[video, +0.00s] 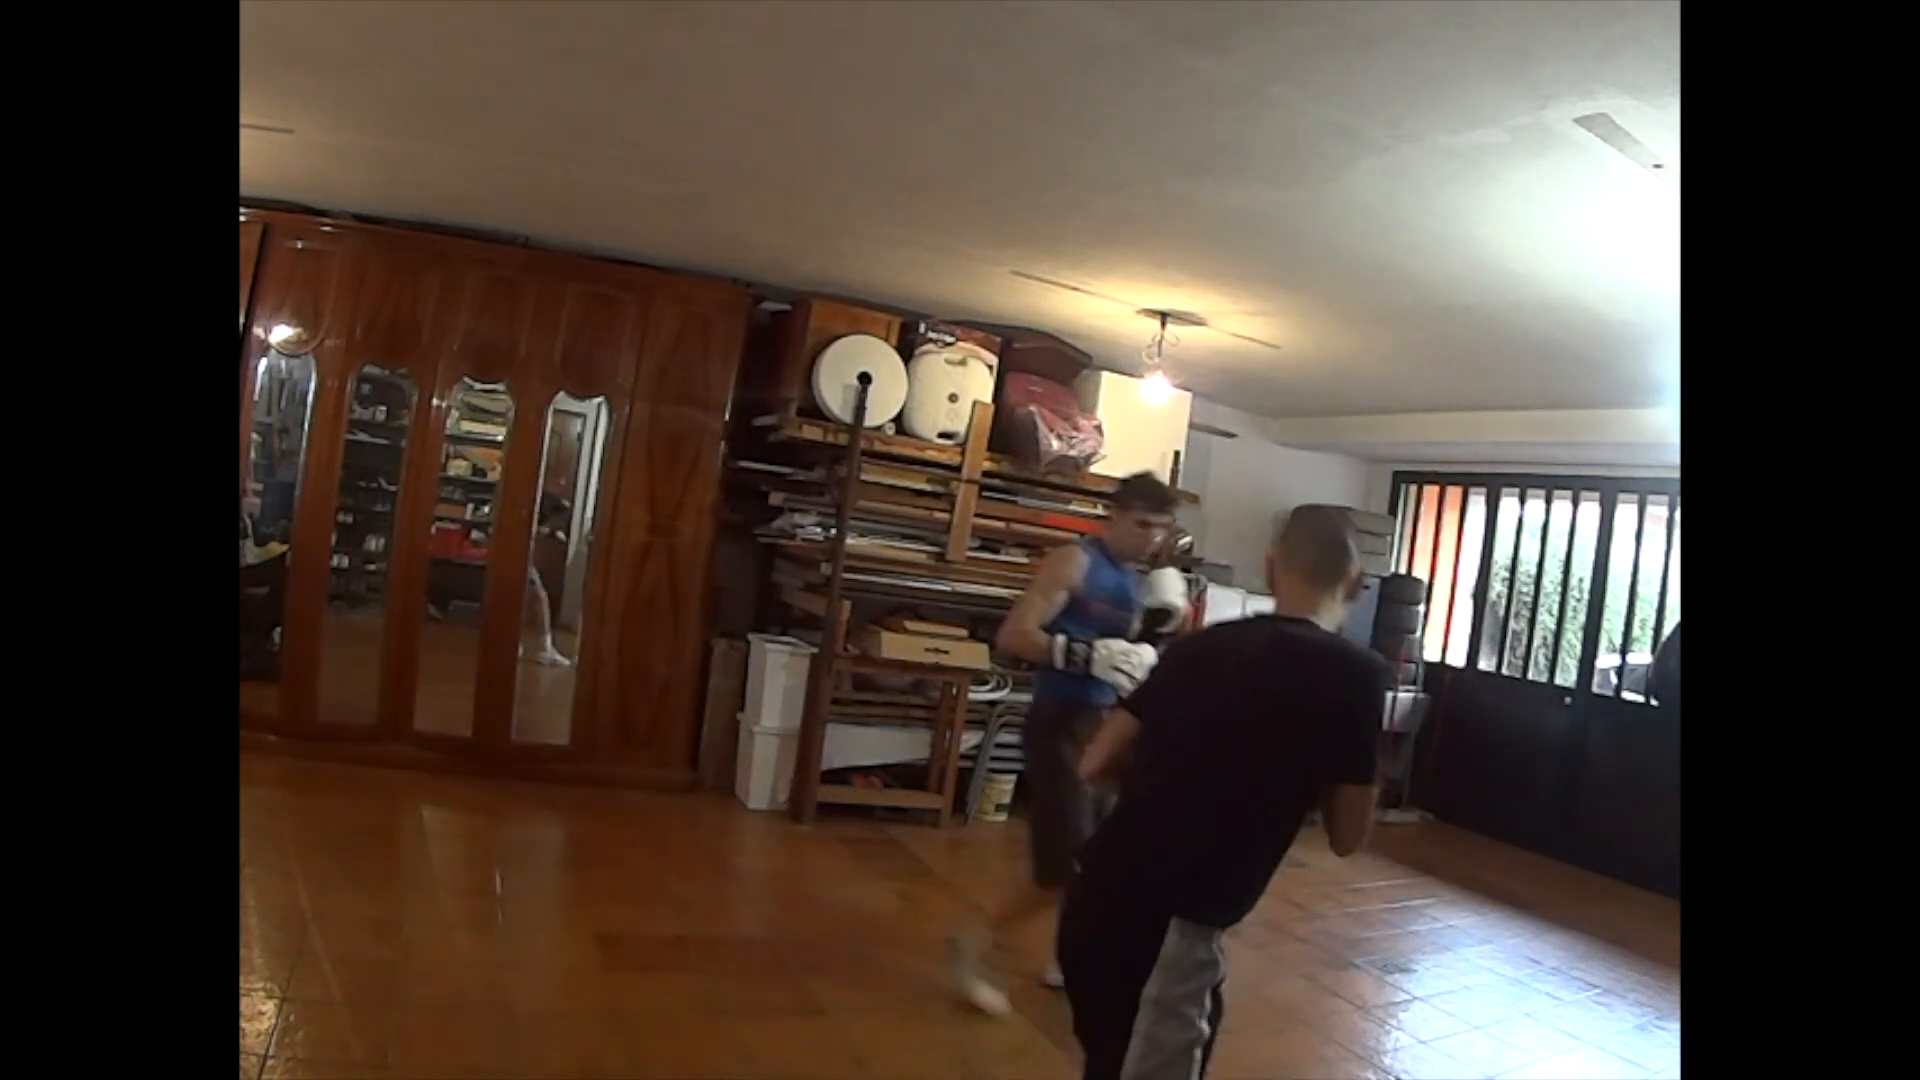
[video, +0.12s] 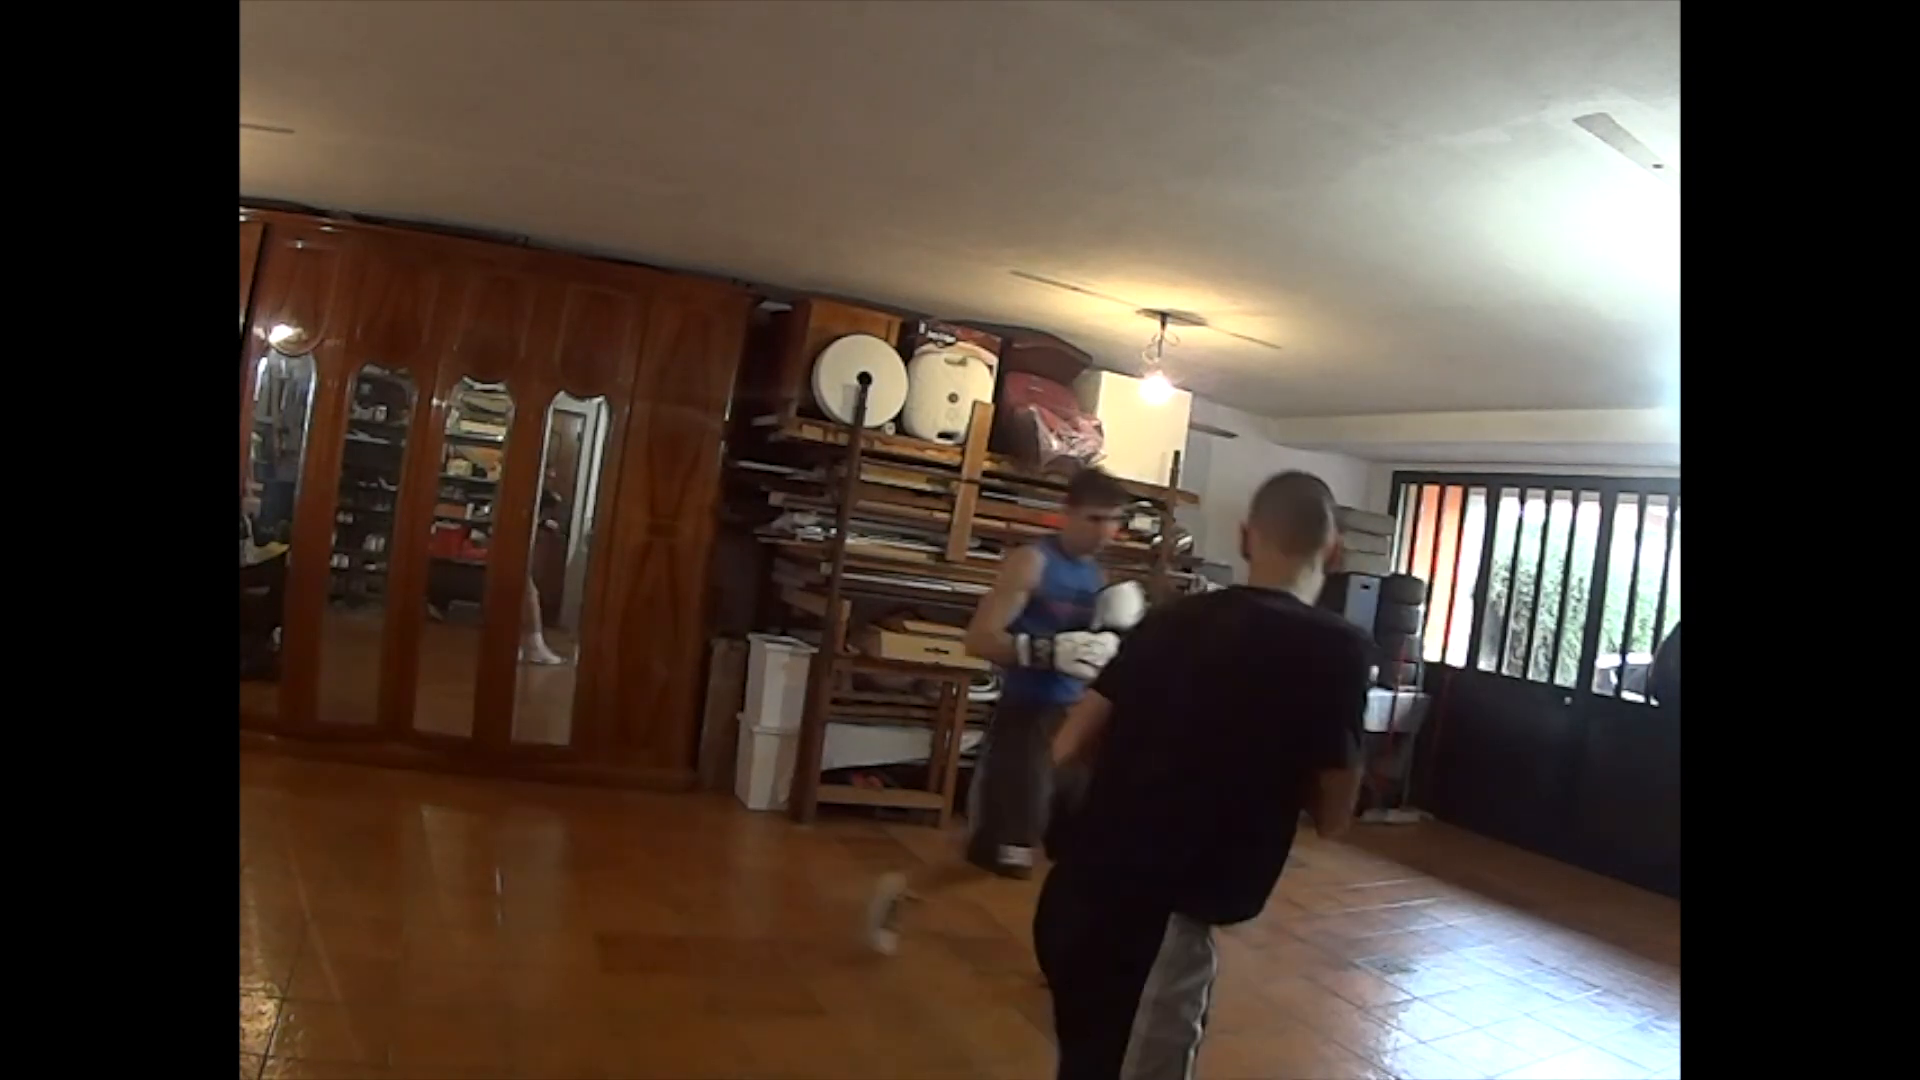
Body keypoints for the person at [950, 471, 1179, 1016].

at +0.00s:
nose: (1150, 538)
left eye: (1159, 529)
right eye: (1141, 524)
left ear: (1164, 533)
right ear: (1112, 518)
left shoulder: (1136, 579)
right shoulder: (1074, 561)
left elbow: (1129, 646)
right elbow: (1014, 635)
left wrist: (1163, 621)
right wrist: (1087, 654)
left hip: (1106, 726)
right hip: (1059, 722)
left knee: (1095, 852)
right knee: (1061, 863)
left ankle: (1067, 960)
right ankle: (981, 946)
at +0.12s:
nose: (1106, 533)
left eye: (1113, 522)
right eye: (1095, 519)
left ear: (1118, 523)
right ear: (1068, 514)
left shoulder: (1095, 577)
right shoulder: (1029, 563)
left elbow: (1089, 649)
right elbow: (980, 638)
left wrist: (1111, 634)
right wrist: (1048, 651)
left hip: (1073, 723)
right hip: (1025, 720)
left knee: (1072, 847)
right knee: (1006, 852)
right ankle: (903, 892)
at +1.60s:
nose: (1033, 518)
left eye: (1040, 510)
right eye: (1031, 505)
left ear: (1031, 508)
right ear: (1002, 489)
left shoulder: (997, 541)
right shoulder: (955, 537)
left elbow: (1039, 625)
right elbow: (1018, 621)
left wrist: (1070, 558)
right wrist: (1039, 553)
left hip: (971, 708)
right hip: (947, 708)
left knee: (938, 850)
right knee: (944, 862)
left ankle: (881, 946)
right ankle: (902, 993)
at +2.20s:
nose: (1129, 570)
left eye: (1136, 561)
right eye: (1131, 557)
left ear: (1103, 541)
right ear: (1106, 540)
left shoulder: (1067, 579)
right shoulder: (1052, 576)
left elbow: (1120, 678)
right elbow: (1101, 675)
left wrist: (1156, 619)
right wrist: (1128, 606)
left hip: (1019, 757)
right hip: (1035, 762)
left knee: (982, 875)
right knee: (1084, 915)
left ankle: (900, 966)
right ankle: (1099, 1056)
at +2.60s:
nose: (1203, 579)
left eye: (1211, 568)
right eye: (1206, 564)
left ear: (1176, 542)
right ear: (1181, 541)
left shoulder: (1118, 570)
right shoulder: (1137, 587)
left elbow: (1183, 679)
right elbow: (1193, 693)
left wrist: (1216, 620)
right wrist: (1228, 613)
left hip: (1050, 749)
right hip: (1080, 759)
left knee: (1001, 880)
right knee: (1125, 919)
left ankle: (917, 979)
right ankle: (1115, 1061)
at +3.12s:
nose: (1269, 596)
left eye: (1275, 587)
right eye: (1268, 581)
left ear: (1219, 553)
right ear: (1236, 559)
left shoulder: (1154, 593)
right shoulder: (1211, 600)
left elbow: (1142, 688)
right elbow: (1276, 687)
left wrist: (1201, 700)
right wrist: (1313, 630)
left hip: (1090, 776)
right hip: (1141, 789)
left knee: (1031, 908)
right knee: (1202, 950)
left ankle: (935, 1006)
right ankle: (1201, 1073)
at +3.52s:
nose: (1310, 606)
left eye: (1315, 595)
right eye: (1308, 593)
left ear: (1252, 580)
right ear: (1274, 581)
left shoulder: (1182, 619)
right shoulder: (1265, 630)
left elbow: (1167, 698)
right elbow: (1277, 707)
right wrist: (1353, 683)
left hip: (1131, 816)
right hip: (1203, 828)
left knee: (1038, 935)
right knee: (1278, 986)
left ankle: (937, 1032)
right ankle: (1307, 1075)